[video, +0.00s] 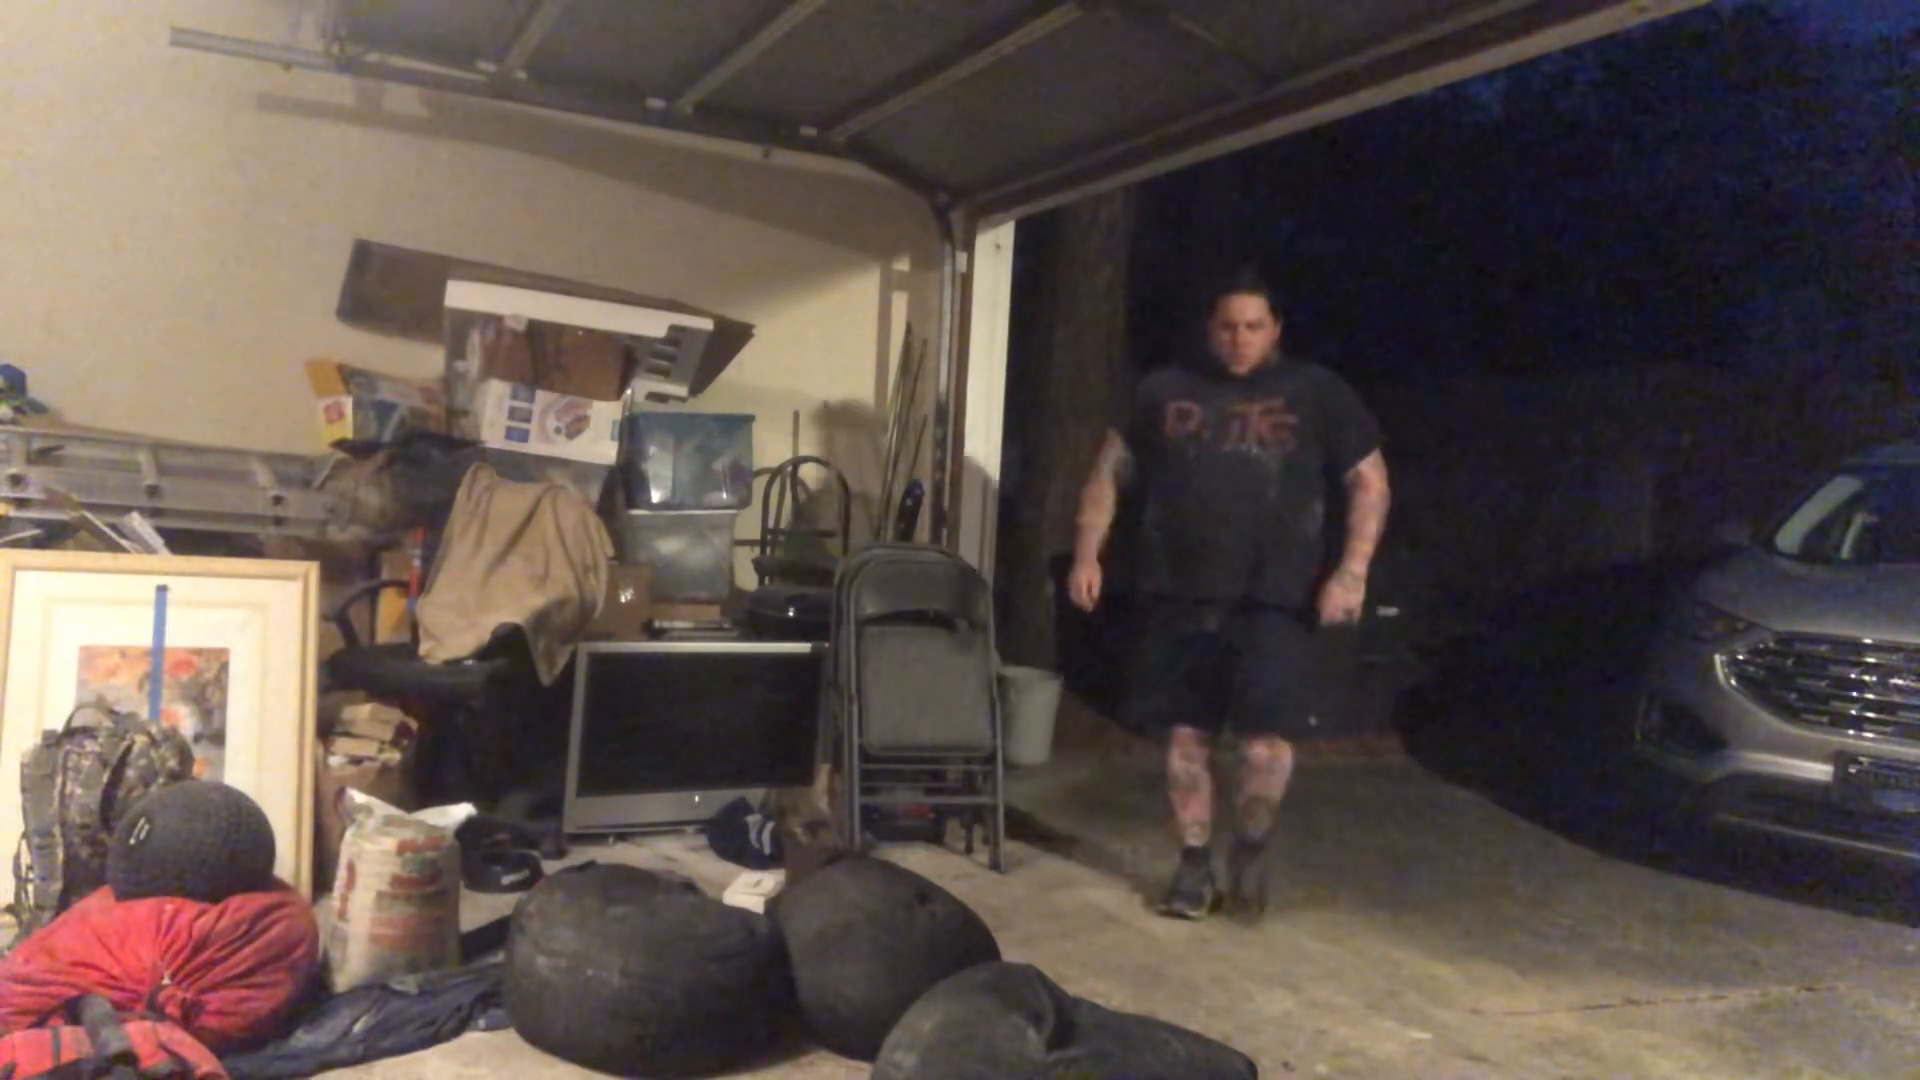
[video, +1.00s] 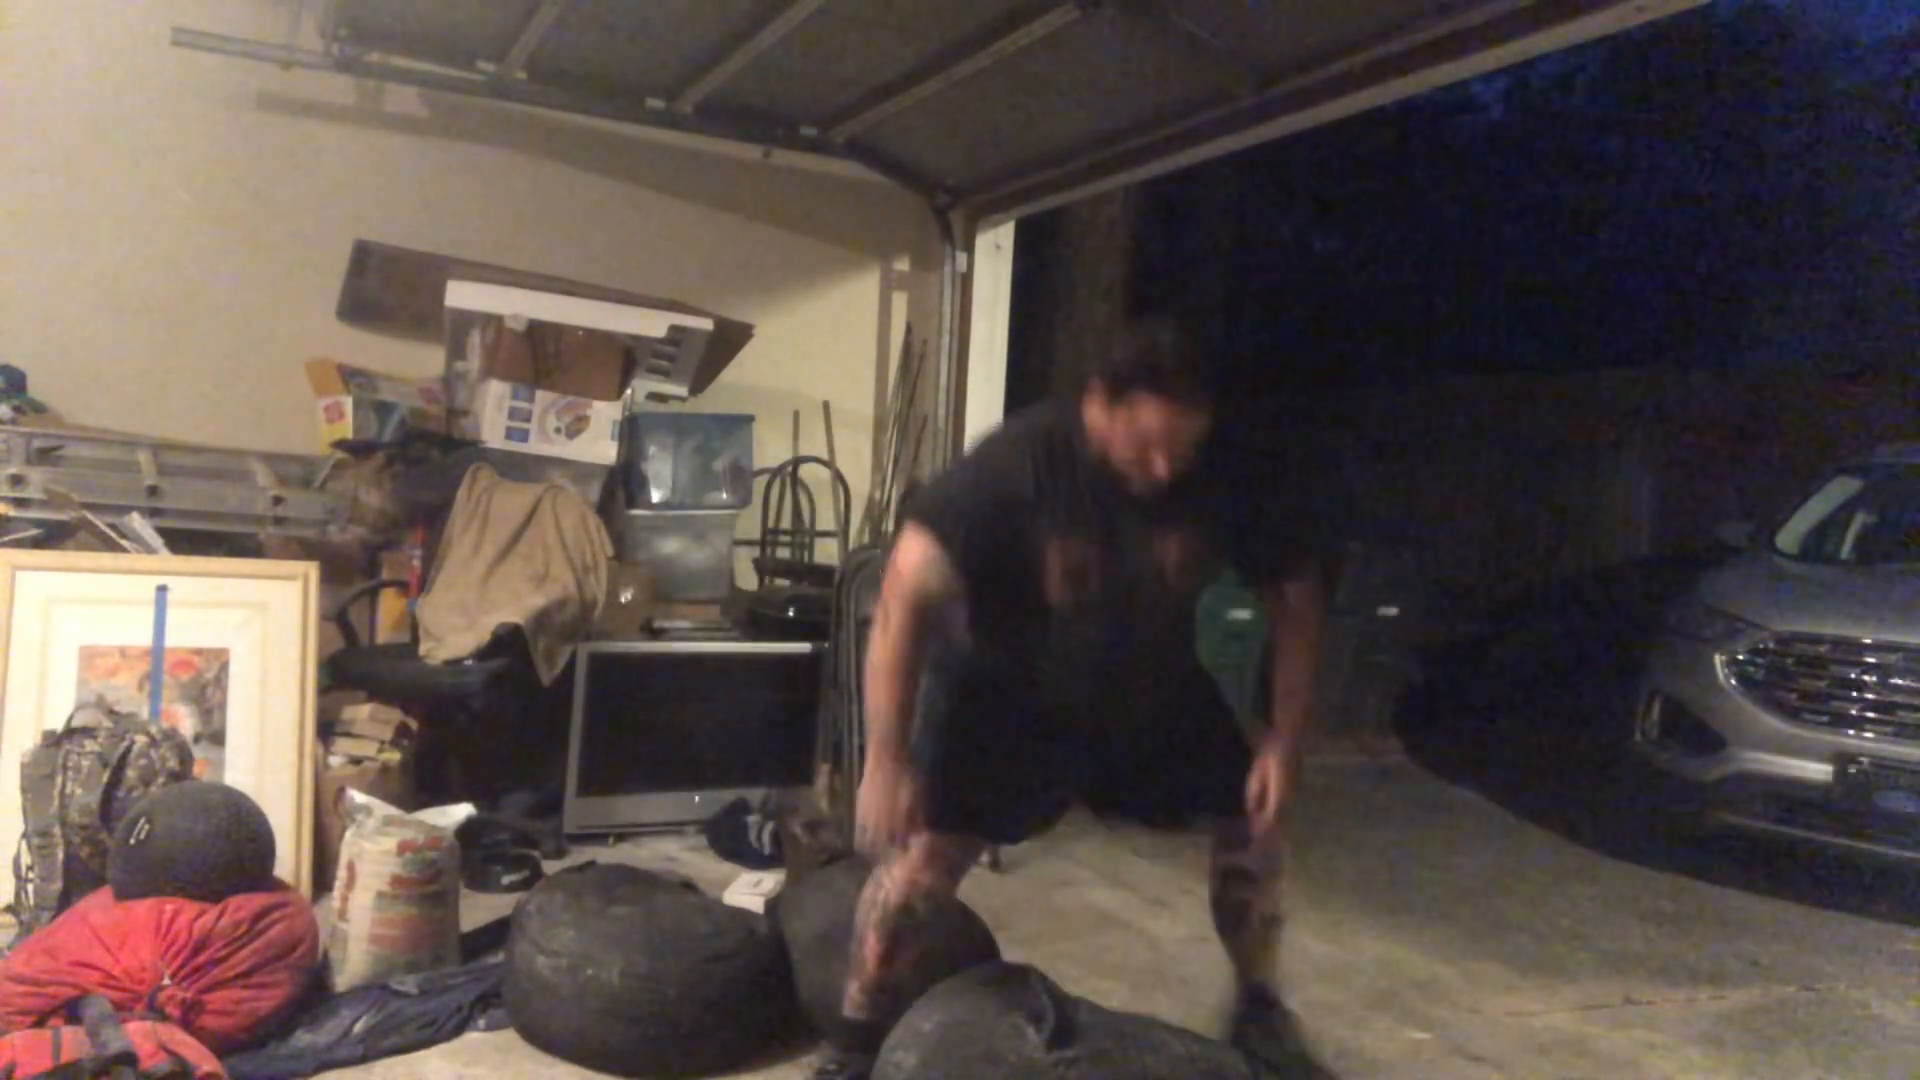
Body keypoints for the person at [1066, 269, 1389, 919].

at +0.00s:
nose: (1239, 339)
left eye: (1253, 326)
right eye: (1228, 326)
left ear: (1276, 330)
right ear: (1209, 329)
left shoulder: (1316, 395)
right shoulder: (1166, 392)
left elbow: (1370, 480)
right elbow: (1110, 470)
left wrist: (1352, 571)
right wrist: (1087, 555)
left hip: (1276, 602)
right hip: (1181, 595)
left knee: (1265, 745)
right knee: (1186, 735)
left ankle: (1250, 855)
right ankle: (1193, 866)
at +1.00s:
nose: (1162, 468)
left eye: (1181, 449)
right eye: (1144, 446)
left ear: (1204, 426)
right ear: (1098, 408)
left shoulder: (1222, 476)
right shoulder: (1020, 463)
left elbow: (1296, 596)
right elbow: (901, 592)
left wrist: (1282, 741)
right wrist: (883, 763)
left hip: (1154, 699)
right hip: (1008, 703)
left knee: (1254, 824)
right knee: (926, 859)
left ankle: (1259, 1009)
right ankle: (854, 1038)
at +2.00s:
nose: (1171, 823)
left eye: (1190, 813)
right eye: (1154, 804)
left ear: (1225, 770)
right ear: (1104, 744)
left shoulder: (1253, 758)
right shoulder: (1004, 709)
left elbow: (1285, 910)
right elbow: (915, 852)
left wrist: (1303, 1057)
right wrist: (952, 1009)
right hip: (988, 648)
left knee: (1273, 882)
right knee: (858, 880)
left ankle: (1310, 1052)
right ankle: (831, 1049)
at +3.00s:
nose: (1136, 856)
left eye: (1159, 846)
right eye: (1118, 838)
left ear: (1198, 804)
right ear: (1083, 781)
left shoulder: (1240, 778)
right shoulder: (985, 754)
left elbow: (1249, 946)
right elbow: (909, 922)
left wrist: (1251, 1069)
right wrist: (880, 1067)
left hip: (1120, 619)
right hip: (958, 626)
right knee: (847, 851)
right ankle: (824, 1039)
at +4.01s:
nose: (1134, 562)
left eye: (1157, 547)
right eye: (1117, 537)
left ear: (1192, 525)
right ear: (1078, 487)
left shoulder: (1217, 555)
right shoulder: (998, 510)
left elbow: (1265, 689)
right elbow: (896, 631)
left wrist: (1235, 826)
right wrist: (913, 788)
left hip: (1150, 723)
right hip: (979, 709)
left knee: (1217, 844)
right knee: (877, 816)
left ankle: (1231, 1045)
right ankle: (824, 1038)